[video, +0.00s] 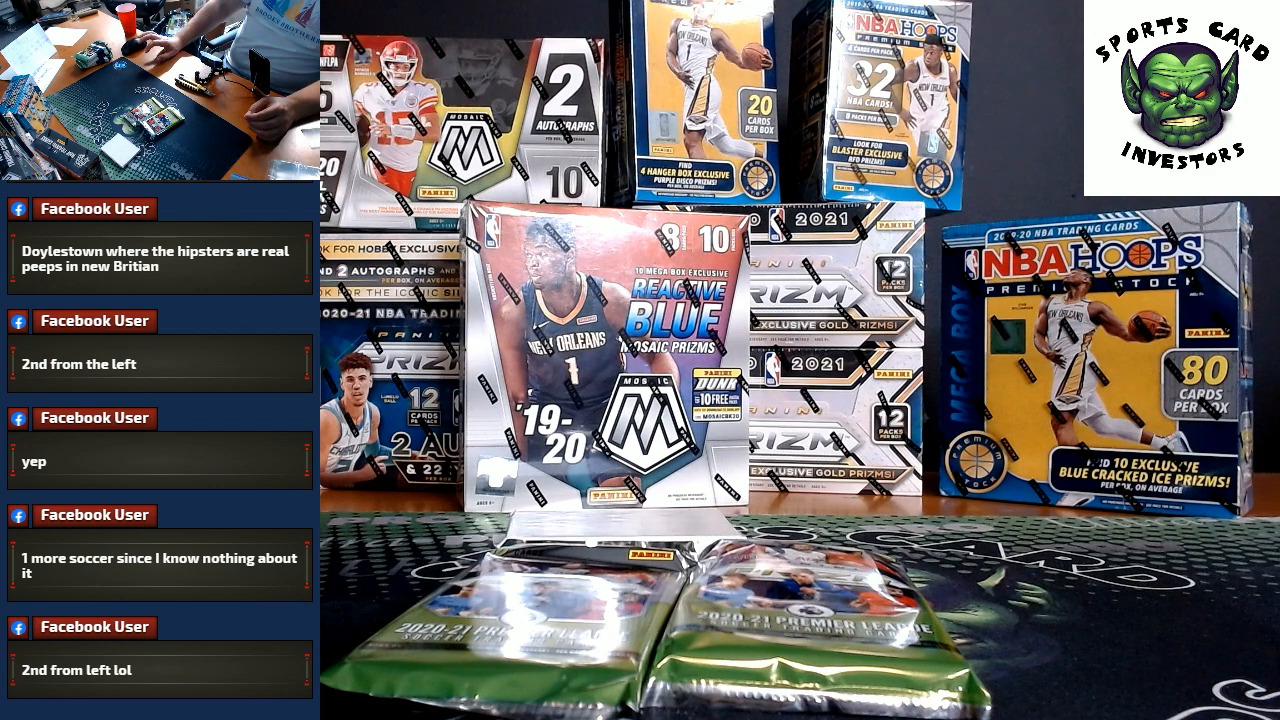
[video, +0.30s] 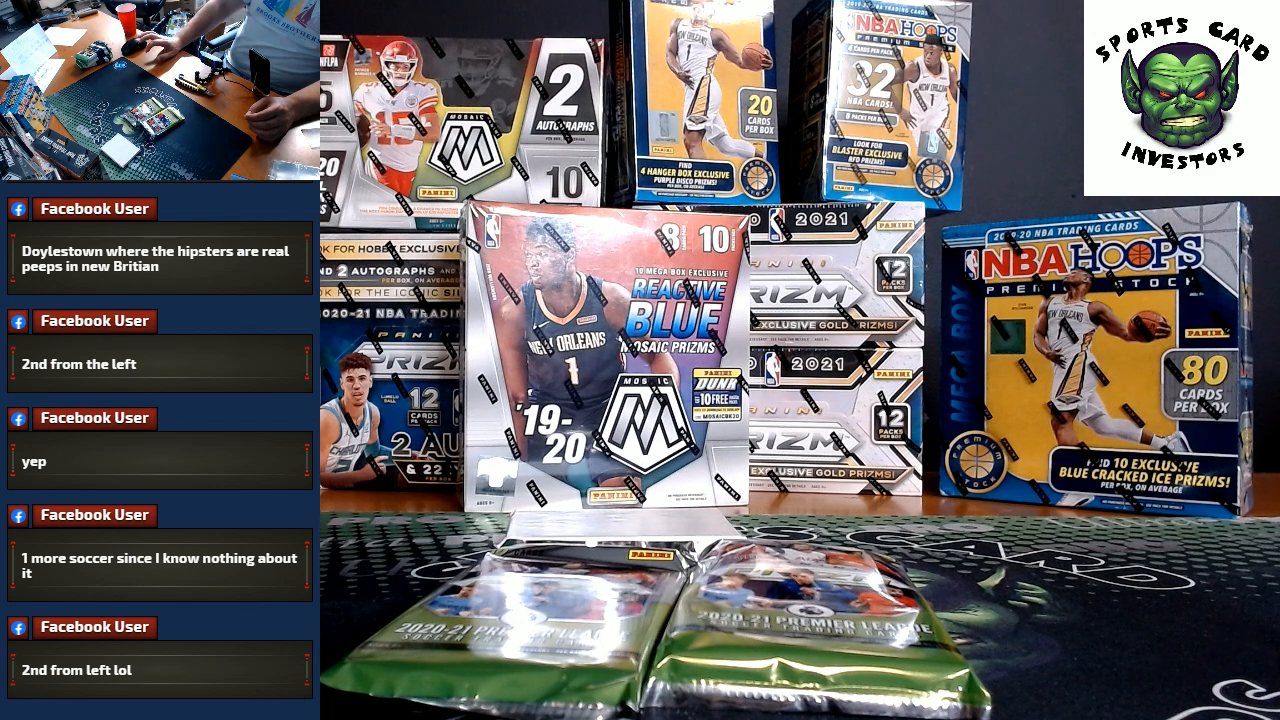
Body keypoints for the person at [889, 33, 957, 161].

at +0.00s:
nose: (929, 52)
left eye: (933, 49)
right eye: (926, 48)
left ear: (941, 52)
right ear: (923, 49)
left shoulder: (949, 70)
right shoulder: (913, 69)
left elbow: (955, 92)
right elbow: (886, 83)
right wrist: (900, 111)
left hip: (940, 117)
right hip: (918, 118)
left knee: (940, 154)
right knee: (922, 155)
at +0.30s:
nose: (928, 53)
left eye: (933, 49)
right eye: (926, 48)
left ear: (941, 52)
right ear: (923, 49)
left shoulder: (950, 71)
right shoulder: (913, 69)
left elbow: (955, 94)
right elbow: (886, 83)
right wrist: (900, 111)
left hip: (940, 117)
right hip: (918, 119)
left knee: (939, 154)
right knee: (923, 155)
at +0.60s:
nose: (928, 52)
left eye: (933, 49)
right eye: (926, 48)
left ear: (941, 52)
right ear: (923, 49)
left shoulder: (950, 71)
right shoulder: (913, 69)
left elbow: (955, 94)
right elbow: (886, 83)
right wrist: (900, 111)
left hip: (940, 117)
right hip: (918, 119)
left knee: (939, 154)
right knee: (923, 155)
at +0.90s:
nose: (928, 52)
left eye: (933, 49)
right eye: (926, 48)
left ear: (941, 52)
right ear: (923, 49)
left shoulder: (950, 70)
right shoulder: (913, 69)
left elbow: (955, 93)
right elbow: (886, 83)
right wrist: (900, 111)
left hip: (940, 116)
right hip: (918, 118)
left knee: (940, 154)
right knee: (923, 155)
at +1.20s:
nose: (928, 52)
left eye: (933, 49)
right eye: (926, 47)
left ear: (941, 51)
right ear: (923, 49)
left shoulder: (950, 70)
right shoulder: (913, 69)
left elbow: (955, 93)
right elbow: (886, 83)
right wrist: (900, 110)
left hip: (940, 116)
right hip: (918, 117)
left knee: (940, 153)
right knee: (923, 154)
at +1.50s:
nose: (928, 53)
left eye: (933, 50)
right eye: (926, 48)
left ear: (941, 52)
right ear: (923, 49)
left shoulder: (949, 70)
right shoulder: (913, 69)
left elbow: (955, 93)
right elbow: (886, 83)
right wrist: (900, 111)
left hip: (940, 117)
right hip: (918, 119)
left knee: (940, 155)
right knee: (923, 155)